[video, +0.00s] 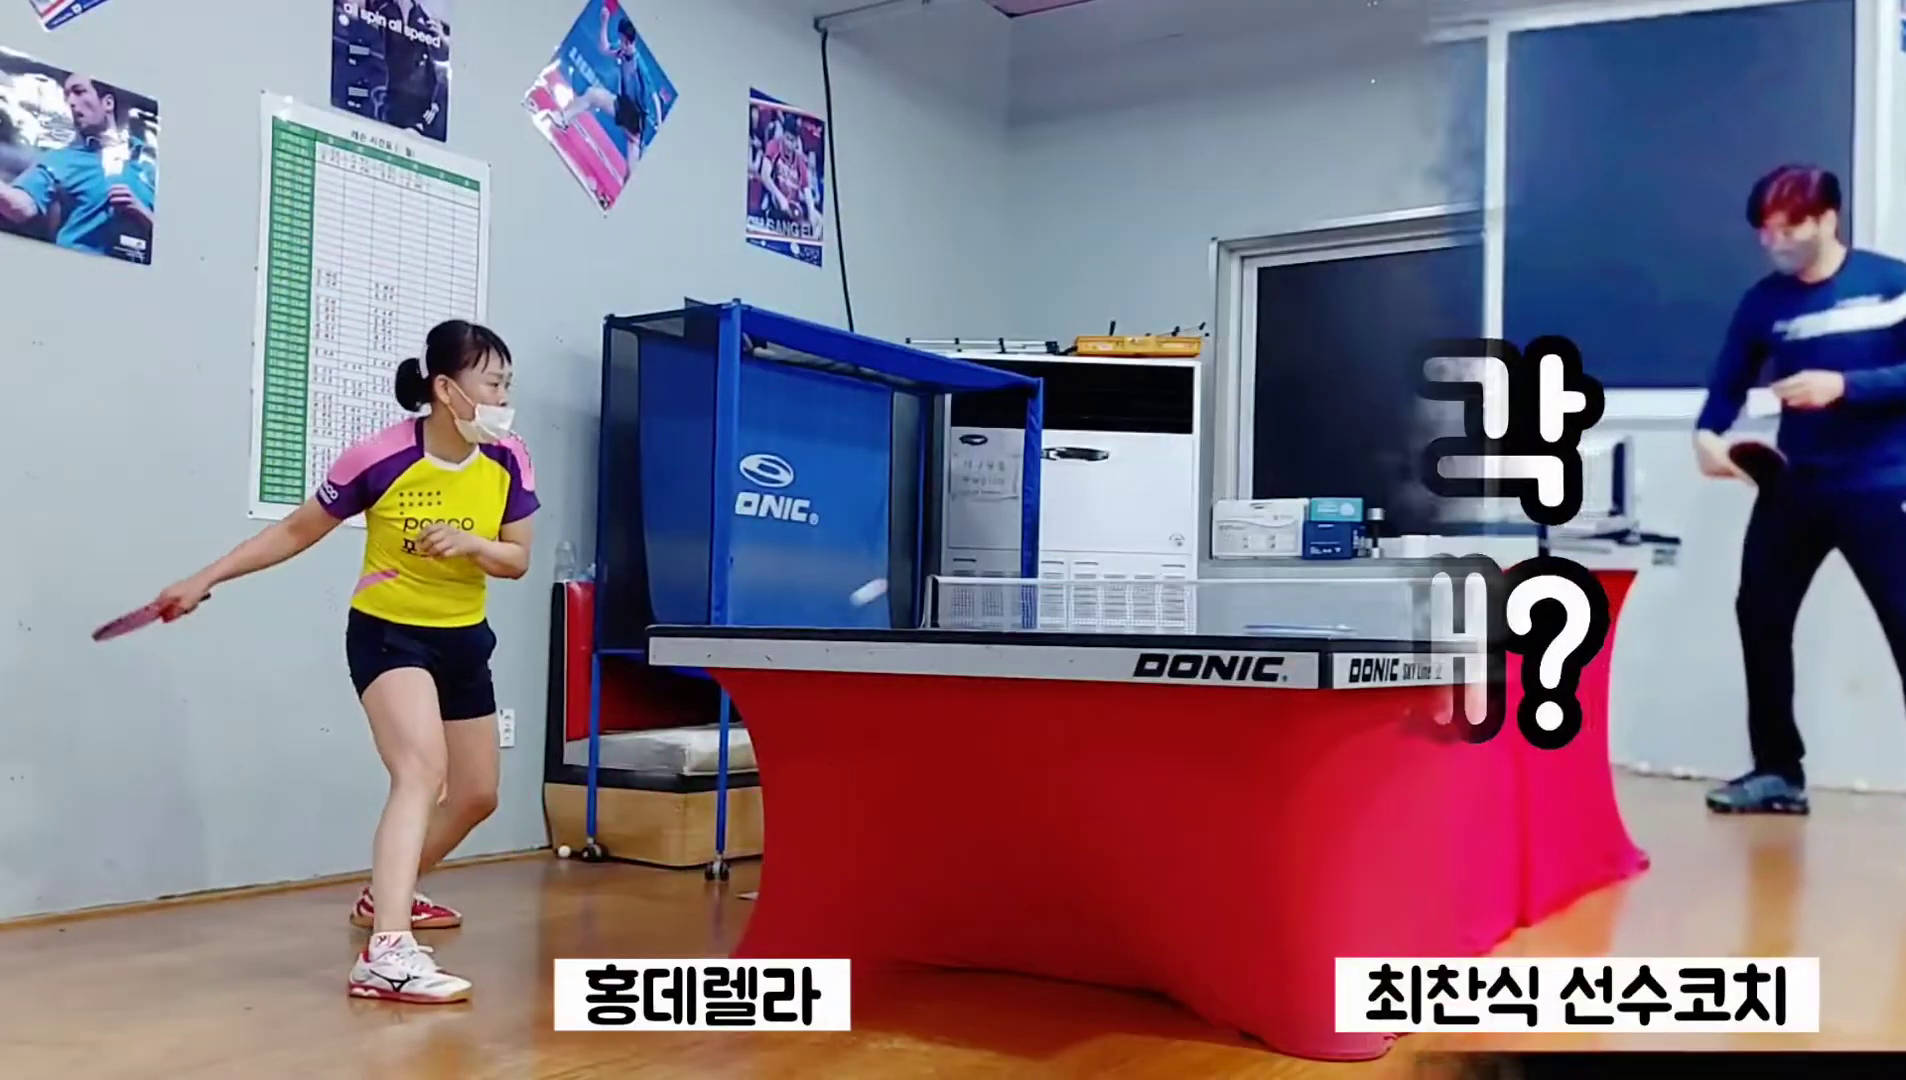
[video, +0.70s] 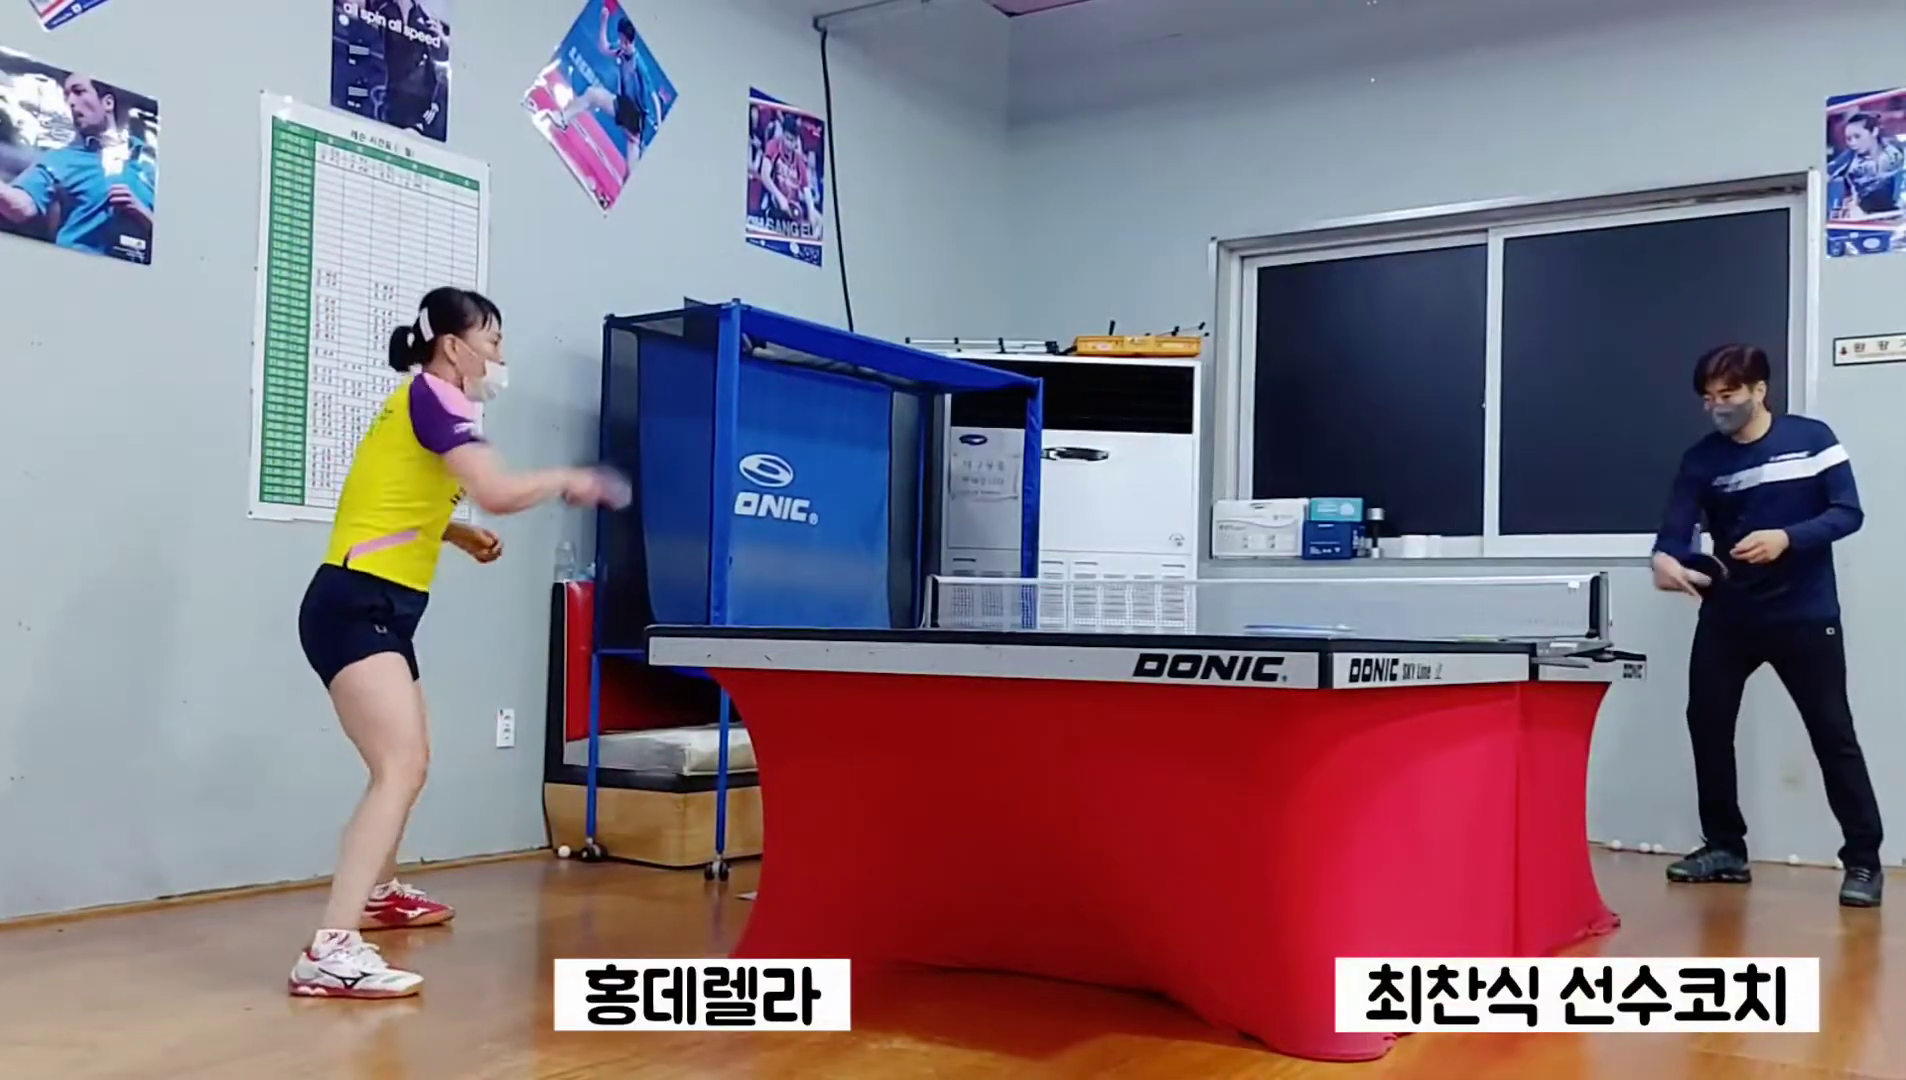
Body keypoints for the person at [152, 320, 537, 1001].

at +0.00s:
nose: (503, 397)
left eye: (506, 384)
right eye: (490, 384)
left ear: (499, 388)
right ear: (443, 389)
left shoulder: (507, 457)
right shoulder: (379, 459)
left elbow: (517, 561)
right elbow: (295, 532)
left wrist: (472, 544)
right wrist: (204, 579)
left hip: (464, 638)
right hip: (390, 632)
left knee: (476, 795)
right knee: (421, 770)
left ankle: (386, 892)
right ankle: (390, 948)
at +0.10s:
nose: (508, 393)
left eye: (513, 381)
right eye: (497, 380)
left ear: (508, 385)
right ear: (452, 382)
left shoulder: (505, 455)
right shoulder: (389, 452)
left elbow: (517, 551)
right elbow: (312, 528)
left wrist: (491, 543)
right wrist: (224, 565)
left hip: (461, 637)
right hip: (393, 631)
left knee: (482, 791)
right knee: (408, 772)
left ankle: (386, 890)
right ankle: (392, 943)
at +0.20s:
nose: (511, 379)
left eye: (518, 368)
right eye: (502, 364)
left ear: (514, 373)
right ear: (458, 363)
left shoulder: (496, 444)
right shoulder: (407, 426)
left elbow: (486, 530)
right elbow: (354, 505)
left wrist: (495, 536)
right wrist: (325, 540)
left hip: (451, 624)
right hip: (391, 615)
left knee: (478, 779)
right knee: (402, 763)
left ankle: (386, 890)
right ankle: (381, 941)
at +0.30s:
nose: (511, 365)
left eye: (517, 357)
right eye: (504, 351)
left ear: (494, 362)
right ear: (460, 348)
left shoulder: (472, 425)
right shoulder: (424, 399)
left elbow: (436, 520)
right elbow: (425, 467)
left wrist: (480, 531)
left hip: (435, 612)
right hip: (389, 599)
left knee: (464, 764)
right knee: (398, 754)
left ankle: (385, 892)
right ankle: (349, 931)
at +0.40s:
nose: (509, 362)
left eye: (511, 353)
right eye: (501, 348)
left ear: (468, 352)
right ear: (461, 345)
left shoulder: (452, 407)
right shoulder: (432, 391)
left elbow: (416, 496)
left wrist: (468, 532)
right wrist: (581, 359)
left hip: (411, 607)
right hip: (383, 600)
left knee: (444, 756)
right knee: (394, 755)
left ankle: (385, 890)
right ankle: (338, 931)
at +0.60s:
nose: (504, 377)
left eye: (504, 365)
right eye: (495, 363)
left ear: (447, 367)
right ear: (455, 365)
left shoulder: (410, 421)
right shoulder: (449, 415)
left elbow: (391, 507)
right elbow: (562, 451)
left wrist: (449, 554)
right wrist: (586, 402)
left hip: (361, 614)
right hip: (363, 616)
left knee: (425, 764)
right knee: (417, 780)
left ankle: (379, 889)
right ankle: (331, 946)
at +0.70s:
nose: (498, 355)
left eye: (498, 342)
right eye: (490, 341)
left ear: (447, 345)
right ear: (451, 343)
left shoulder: (426, 402)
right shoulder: (432, 398)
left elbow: (387, 500)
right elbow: (495, 493)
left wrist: (455, 533)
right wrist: (564, 480)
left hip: (378, 608)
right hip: (355, 607)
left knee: (410, 762)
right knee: (398, 768)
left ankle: (374, 885)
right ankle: (331, 945)